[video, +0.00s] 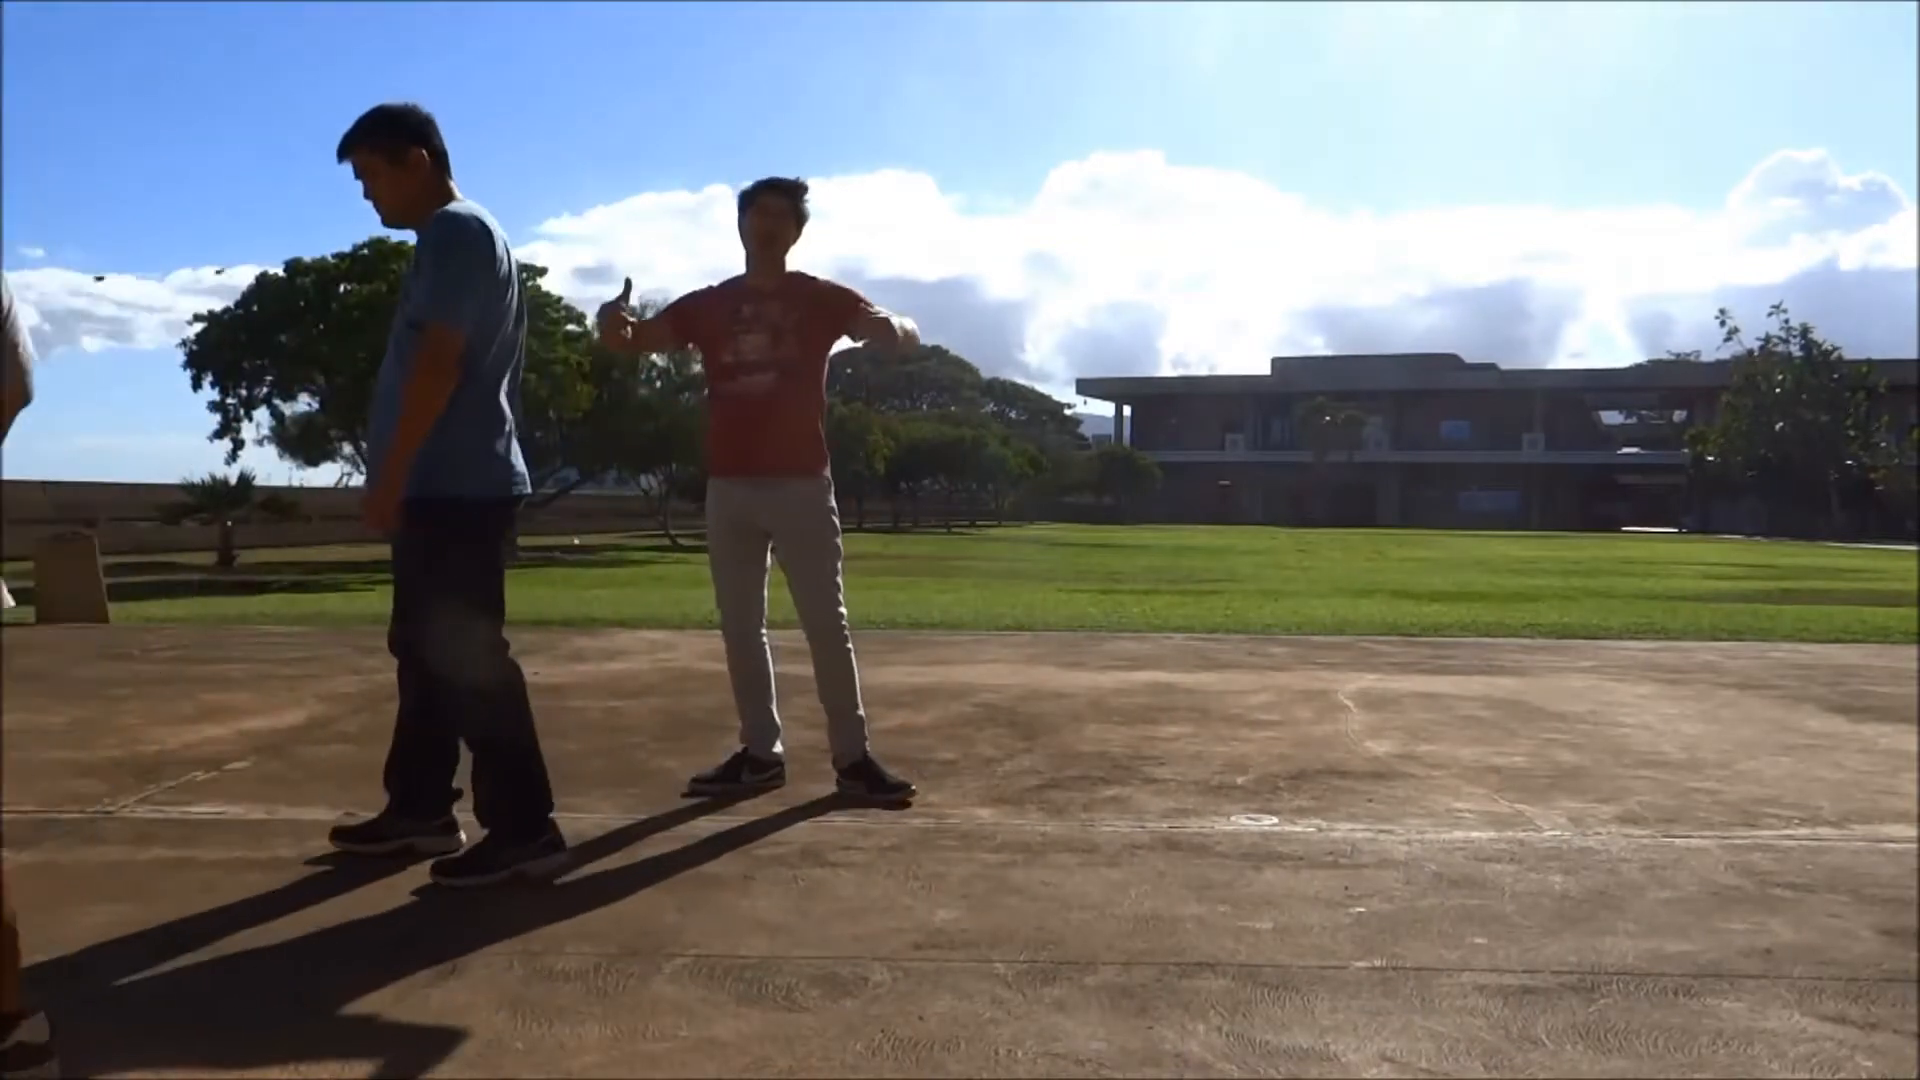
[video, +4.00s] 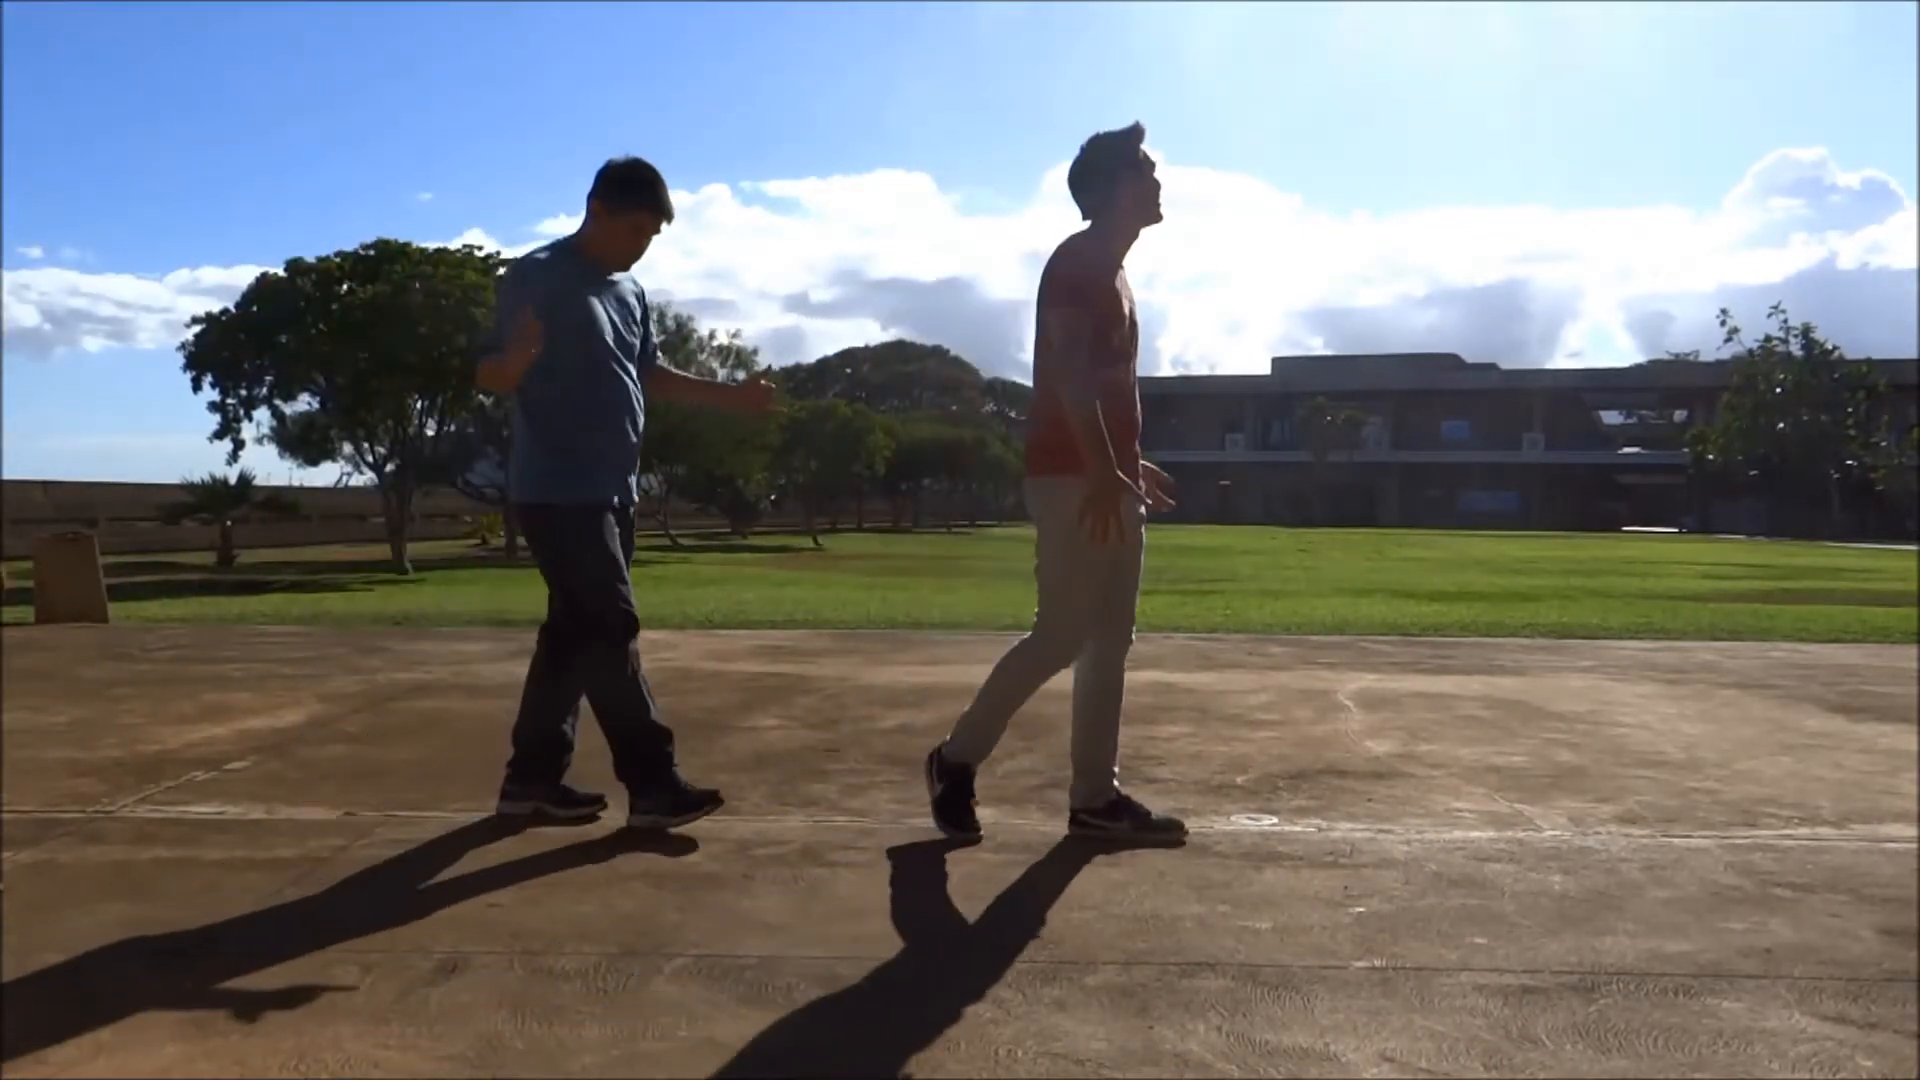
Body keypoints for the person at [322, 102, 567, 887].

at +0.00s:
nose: (369, 197)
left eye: (371, 179)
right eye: (363, 183)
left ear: (417, 161)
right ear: (420, 164)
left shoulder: (459, 234)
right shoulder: (459, 237)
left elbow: (442, 361)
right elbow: (465, 367)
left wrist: (393, 470)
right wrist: (404, 468)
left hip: (461, 486)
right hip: (440, 487)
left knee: (469, 653)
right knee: (422, 649)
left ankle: (525, 828)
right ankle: (419, 809)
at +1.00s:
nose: (439, 178)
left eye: (452, 163)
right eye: (422, 164)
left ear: (473, 168)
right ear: (393, 166)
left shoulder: (503, 256)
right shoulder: (354, 257)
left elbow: (525, 370)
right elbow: (321, 368)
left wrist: (498, 476)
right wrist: (294, 463)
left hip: (466, 491)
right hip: (375, 491)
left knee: (467, 659)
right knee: (387, 658)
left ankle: (472, 823)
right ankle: (407, 811)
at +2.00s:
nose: (426, 183)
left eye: (434, 169)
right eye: (410, 168)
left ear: (442, 176)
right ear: (368, 169)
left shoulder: (463, 266)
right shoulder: (311, 255)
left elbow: (502, 362)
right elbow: (251, 350)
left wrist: (533, 419)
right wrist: (274, 370)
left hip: (444, 493)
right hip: (344, 497)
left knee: (457, 658)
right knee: (334, 661)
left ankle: (477, 816)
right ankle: (329, 811)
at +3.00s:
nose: (454, 209)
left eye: (462, 196)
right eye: (440, 193)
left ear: (470, 200)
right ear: (401, 187)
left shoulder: (468, 273)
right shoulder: (341, 259)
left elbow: (521, 354)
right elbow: (270, 340)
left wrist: (538, 283)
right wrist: (311, 254)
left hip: (449, 490)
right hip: (360, 493)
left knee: (487, 636)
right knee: (349, 655)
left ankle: (518, 776)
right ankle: (333, 804)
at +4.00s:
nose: (646, 246)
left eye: (654, 233)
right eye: (643, 230)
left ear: (638, 225)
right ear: (603, 212)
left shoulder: (630, 293)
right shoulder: (533, 277)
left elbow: (646, 374)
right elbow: (489, 375)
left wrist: (730, 395)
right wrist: (516, 358)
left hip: (610, 492)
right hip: (556, 491)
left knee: (571, 632)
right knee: (610, 626)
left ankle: (531, 782)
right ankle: (654, 788)